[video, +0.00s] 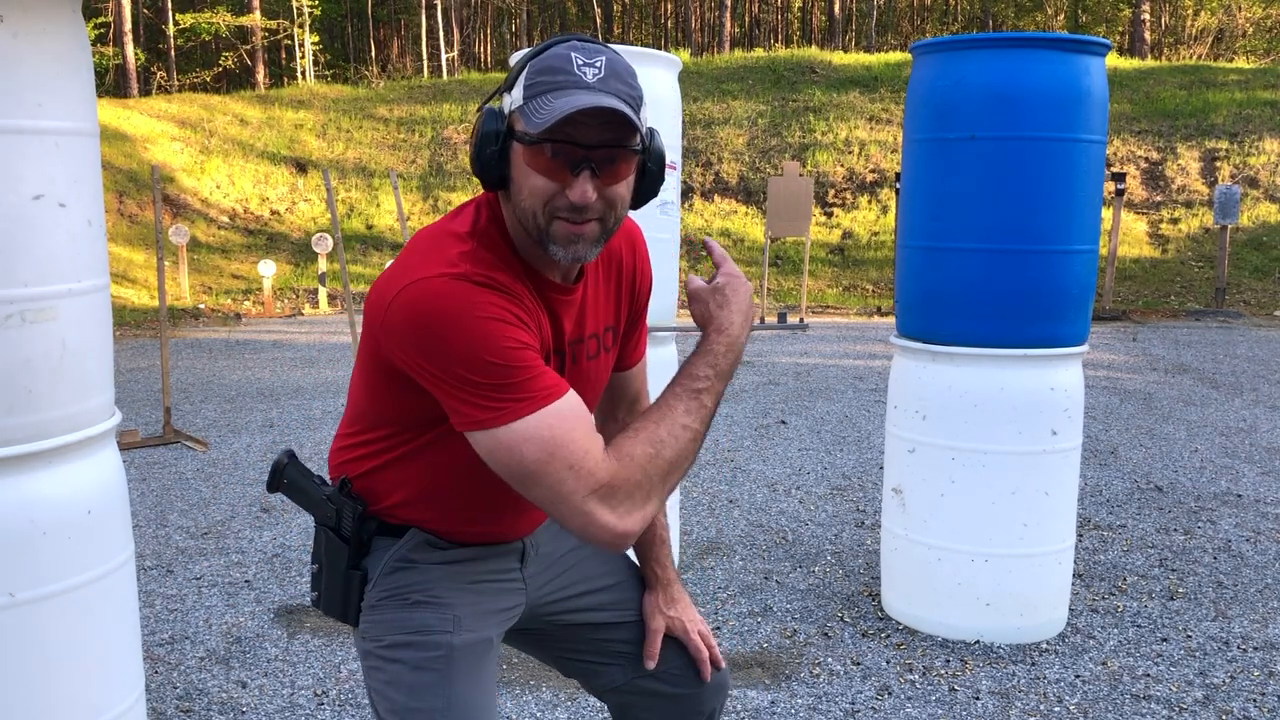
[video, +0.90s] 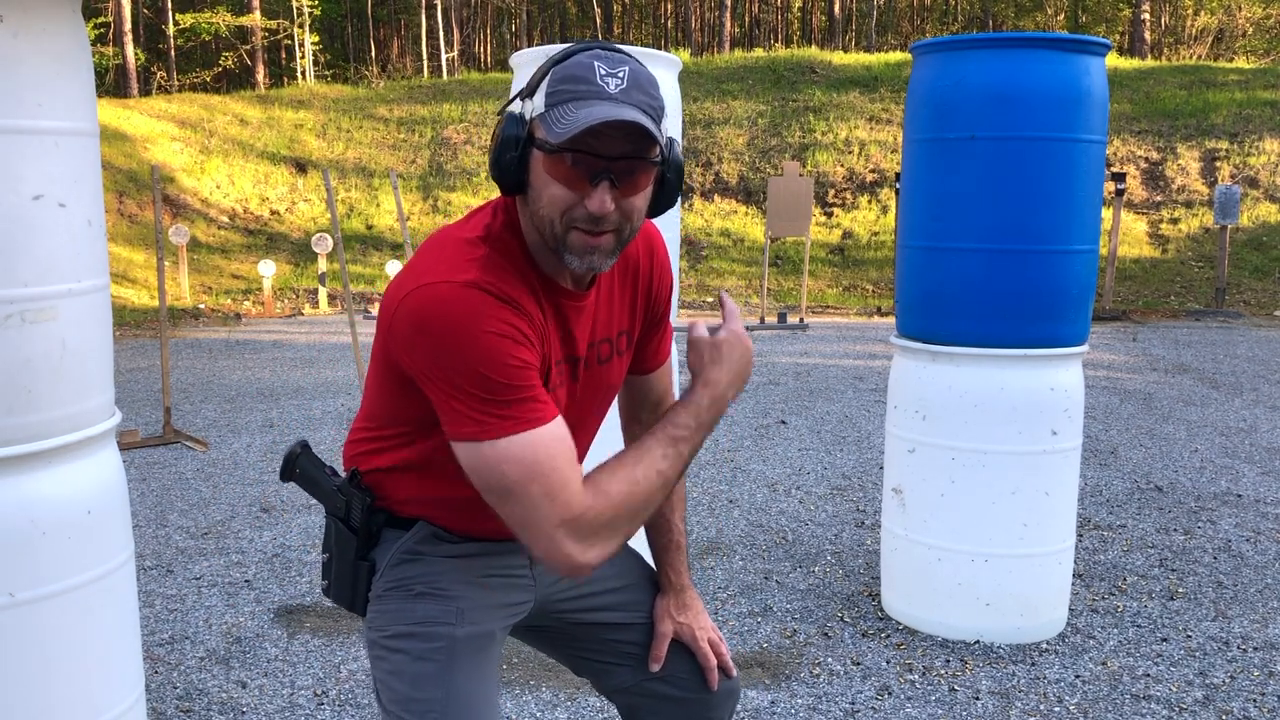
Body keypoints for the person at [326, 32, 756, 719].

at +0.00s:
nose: (583, 190)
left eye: (610, 157)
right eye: (557, 154)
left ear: (639, 165)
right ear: (503, 154)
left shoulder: (622, 252)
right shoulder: (445, 296)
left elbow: (626, 420)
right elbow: (610, 509)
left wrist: (661, 574)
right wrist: (722, 343)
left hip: (550, 537)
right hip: (426, 562)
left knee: (690, 686)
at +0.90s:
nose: (601, 201)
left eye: (628, 170)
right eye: (576, 164)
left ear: (658, 177)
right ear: (520, 159)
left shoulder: (642, 259)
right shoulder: (456, 300)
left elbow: (652, 422)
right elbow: (573, 539)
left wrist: (677, 583)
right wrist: (707, 400)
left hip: (554, 530)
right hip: (432, 554)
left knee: (701, 689)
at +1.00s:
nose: (609, 192)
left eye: (635, 162)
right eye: (584, 157)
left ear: (663, 170)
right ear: (527, 153)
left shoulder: (647, 255)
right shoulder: (461, 300)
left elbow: (653, 410)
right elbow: (497, 566)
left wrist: (678, 581)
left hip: (549, 515)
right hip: (426, 541)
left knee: (699, 690)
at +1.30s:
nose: (656, 192)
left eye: (665, 165)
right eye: (628, 159)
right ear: (536, 154)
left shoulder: (631, 262)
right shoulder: (442, 303)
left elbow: (641, 410)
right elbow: (390, 566)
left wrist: (681, 581)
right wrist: (584, 661)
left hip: (562, 536)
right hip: (441, 565)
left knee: (708, 681)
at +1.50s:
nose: (671, 204)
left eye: (674, 186)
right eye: (669, 186)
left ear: (616, 191)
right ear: (619, 193)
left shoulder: (570, 256)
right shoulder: (457, 328)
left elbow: (595, 419)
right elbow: (510, 605)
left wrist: (647, 573)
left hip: (518, 518)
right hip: (411, 562)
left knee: (674, 685)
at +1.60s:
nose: (665, 204)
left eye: (668, 187)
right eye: (663, 187)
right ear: (620, 196)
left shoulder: (543, 248)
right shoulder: (476, 335)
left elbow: (576, 415)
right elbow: (577, 596)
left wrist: (628, 571)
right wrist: (677, 441)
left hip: (513, 545)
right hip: (421, 582)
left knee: (662, 684)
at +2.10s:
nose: (525, 222)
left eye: (548, 184)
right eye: (495, 187)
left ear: (588, 180)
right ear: (446, 182)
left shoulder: (606, 253)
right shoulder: (410, 339)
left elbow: (640, 429)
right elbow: (594, 539)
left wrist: (681, 590)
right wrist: (704, 335)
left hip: (565, 551)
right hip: (440, 575)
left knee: (715, 697)